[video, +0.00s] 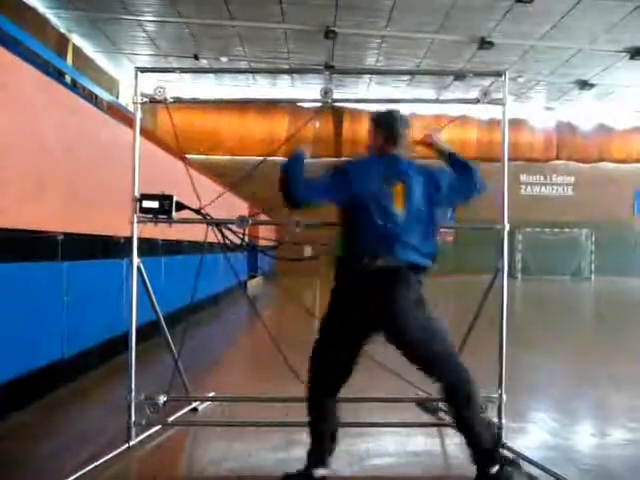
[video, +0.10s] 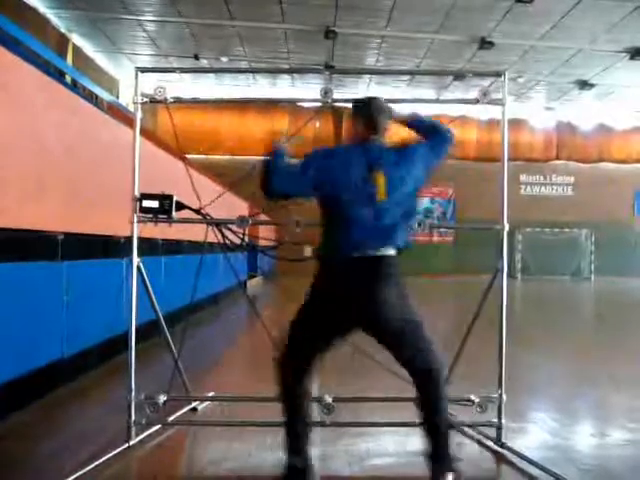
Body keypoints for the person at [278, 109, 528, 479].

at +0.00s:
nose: (372, 140)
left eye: (373, 134)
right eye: (377, 134)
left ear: (377, 137)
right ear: (405, 139)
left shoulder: (358, 173)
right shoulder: (429, 178)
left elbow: (297, 195)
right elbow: (473, 183)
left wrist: (296, 158)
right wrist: (445, 151)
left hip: (355, 292)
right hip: (403, 293)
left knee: (324, 375)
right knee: (451, 371)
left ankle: (318, 461)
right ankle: (489, 459)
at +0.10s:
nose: (348, 129)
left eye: (350, 123)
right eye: (354, 122)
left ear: (355, 126)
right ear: (386, 127)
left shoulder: (330, 162)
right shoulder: (406, 162)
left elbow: (275, 185)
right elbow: (441, 138)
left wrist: (278, 152)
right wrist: (406, 118)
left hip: (334, 290)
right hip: (382, 291)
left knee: (294, 363)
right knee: (427, 367)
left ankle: (297, 465)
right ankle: (442, 466)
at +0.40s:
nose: (281, 147)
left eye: (274, 141)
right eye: (281, 142)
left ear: (247, 147)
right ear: (280, 148)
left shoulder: (226, 181)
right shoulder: (293, 184)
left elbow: (195, 154)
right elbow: (322, 234)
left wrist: (167, 114)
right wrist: (371, 224)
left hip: (280, 307)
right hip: (326, 298)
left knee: (195, 379)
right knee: (389, 377)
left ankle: (169, 468)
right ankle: (462, 451)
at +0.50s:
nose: (294, 146)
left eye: (292, 141)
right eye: (292, 141)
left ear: (254, 145)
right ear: (287, 145)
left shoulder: (226, 189)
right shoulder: (302, 179)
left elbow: (177, 206)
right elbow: (341, 225)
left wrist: (164, 160)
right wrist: (373, 207)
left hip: (275, 301)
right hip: (322, 292)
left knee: (200, 378)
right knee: (364, 374)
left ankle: (169, 468)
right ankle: (417, 456)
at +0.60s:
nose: (324, 132)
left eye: (321, 126)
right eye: (322, 127)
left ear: (285, 133)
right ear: (317, 131)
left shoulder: (266, 173)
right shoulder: (338, 162)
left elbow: (218, 214)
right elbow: (387, 190)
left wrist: (226, 179)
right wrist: (379, 160)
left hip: (299, 290)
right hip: (346, 288)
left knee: (245, 372)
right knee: (367, 377)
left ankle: (208, 461)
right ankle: (387, 465)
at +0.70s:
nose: (347, 137)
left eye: (345, 131)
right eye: (344, 131)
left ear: (307, 132)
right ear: (336, 133)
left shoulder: (274, 164)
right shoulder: (350, 168)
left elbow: (230, 157)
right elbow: (400, 203)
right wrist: (402, 171)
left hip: (307, 292)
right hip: (355, 289)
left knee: (261, 380)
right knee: (404, 353)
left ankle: (235, 468)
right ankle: (406, 451)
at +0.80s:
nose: (372, 129)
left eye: (368, 122)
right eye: (371, 123)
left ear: (337, 124)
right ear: (366, 125)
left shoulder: (303, 154)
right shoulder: (383, 159)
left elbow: (254, 149)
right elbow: (439, 174)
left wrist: (266, 118)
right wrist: (446, 142)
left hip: (322, 286)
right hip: (371, 283)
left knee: (276, 372)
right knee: (439, 342)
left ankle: (221, 464)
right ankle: (439, 438)